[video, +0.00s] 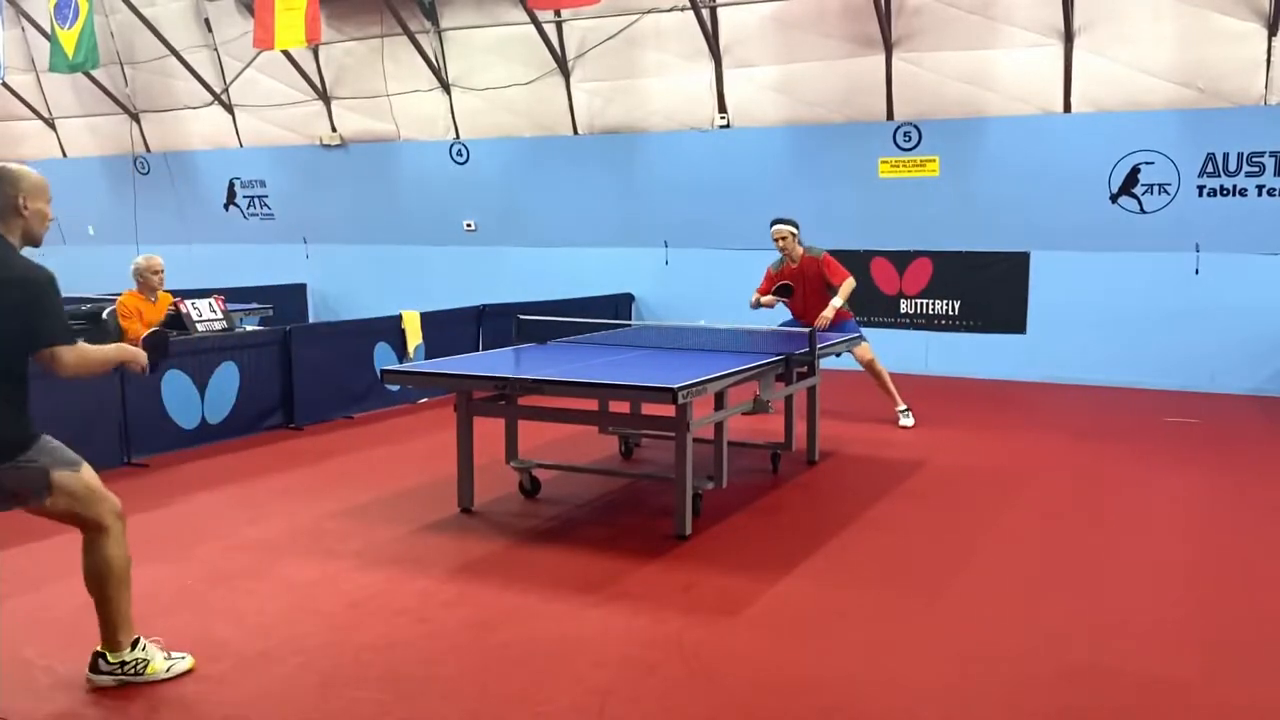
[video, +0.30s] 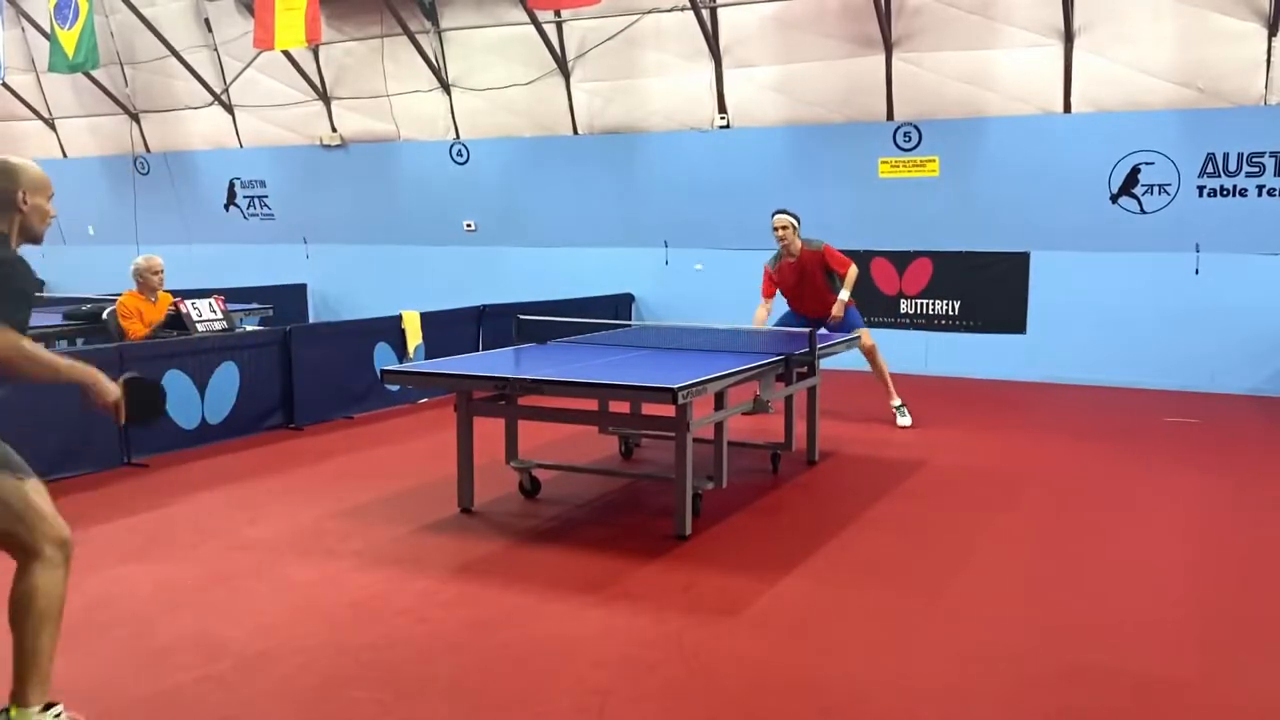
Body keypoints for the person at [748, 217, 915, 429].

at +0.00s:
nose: (779, 244)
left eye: (783, 238)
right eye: (775, 240)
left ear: (795, 237)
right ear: (773, 243)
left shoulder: (819, 259)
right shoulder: (776, 270)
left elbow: (849, 282)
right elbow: (754, 301)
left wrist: (831, 308)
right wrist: (763, 301)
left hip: (837, 319)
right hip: (802, 323)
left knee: (867, 359)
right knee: (764, 345)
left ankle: (901, 407)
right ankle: (763, 399)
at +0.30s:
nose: (780, 233)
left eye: (784, 228)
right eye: (775, 229)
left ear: (796, 229)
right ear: (773, 234)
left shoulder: (818, 250)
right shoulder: (773, 266)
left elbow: (852, 269)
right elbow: (765, 305)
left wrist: (841, 302)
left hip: (836, 310)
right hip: (801, 314)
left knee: (868, 346)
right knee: (764, 344)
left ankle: (895, 401)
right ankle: (763, 398)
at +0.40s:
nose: (784, 234)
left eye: (788, 229)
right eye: (780, 230)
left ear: (800, 231)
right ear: (777, 234)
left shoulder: (824, 252)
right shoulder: (779, 268)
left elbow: (855, 273)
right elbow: (783, 307)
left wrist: (844, 305)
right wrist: (783, 336)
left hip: (839, 310)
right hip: (804, 315)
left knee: (869, 347)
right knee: (774, 347)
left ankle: (883, 404)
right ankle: (764, 397)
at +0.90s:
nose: (803, 221)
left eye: (808, 216)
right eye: (798, 217)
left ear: (818, 218)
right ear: (794, 221)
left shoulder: (838, 246)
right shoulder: (789, 253)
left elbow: (864, 273)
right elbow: (785, 288)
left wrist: (855, 305)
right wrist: (789, 310)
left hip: (841, 311)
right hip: (807, 313)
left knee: (868, 350)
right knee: (773, 344)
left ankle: (881, 405)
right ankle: (764, 398)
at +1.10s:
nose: (814, 205)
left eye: (819, 200)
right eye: (810, 201)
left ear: (829, 202)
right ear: (806, 206)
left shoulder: (850, 230)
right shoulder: (804, 239)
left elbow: (881, 252)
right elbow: (797, 273)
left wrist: (858, 276)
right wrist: (786, 285)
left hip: (862, 306)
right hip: (825, 308)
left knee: (876, 355)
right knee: (794, 350)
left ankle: (884, 407)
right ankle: (779, 398)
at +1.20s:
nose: (817, 198)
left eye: (822, 193)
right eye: (813, 194)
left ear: (832, 195)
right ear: (809, 199)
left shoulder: (852, 221)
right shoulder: (809, 233)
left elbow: (884, 243)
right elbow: (803, 267)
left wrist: (861, 264)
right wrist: (788, 278)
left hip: (870, 301)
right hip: (836, 302)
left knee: (876, 354)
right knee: (800, 342)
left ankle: (890, 404)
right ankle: (806, 398)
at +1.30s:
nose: (820, 199)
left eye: (824, 194)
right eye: (815, 196)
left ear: (835, 197)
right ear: (812, 201)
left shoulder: (855, 224)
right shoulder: (812, 235)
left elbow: (886, 246)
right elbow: (809, 270)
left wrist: (862, 269)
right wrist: (790, 280)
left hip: (874, 301)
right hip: (842, 304)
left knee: (882, 351)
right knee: (809, 347)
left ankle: (911, 405)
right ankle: (825, 403)